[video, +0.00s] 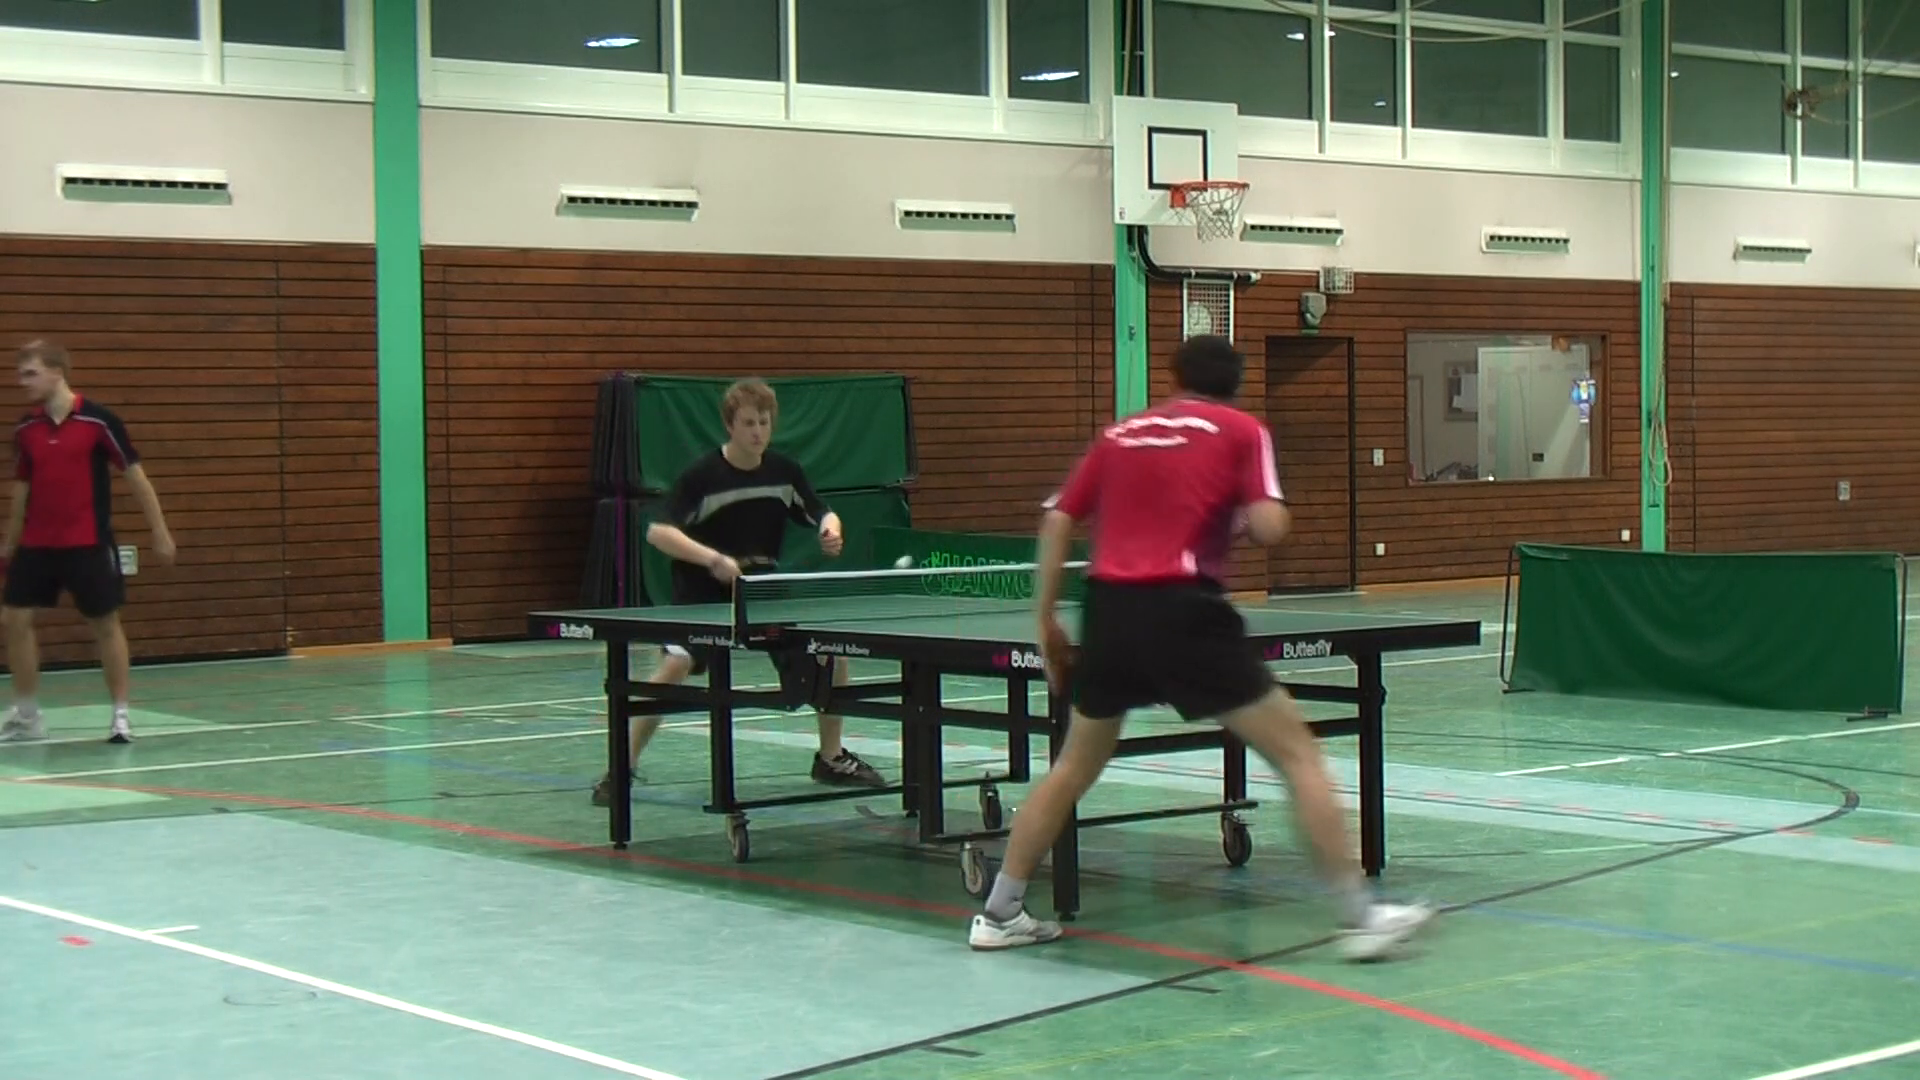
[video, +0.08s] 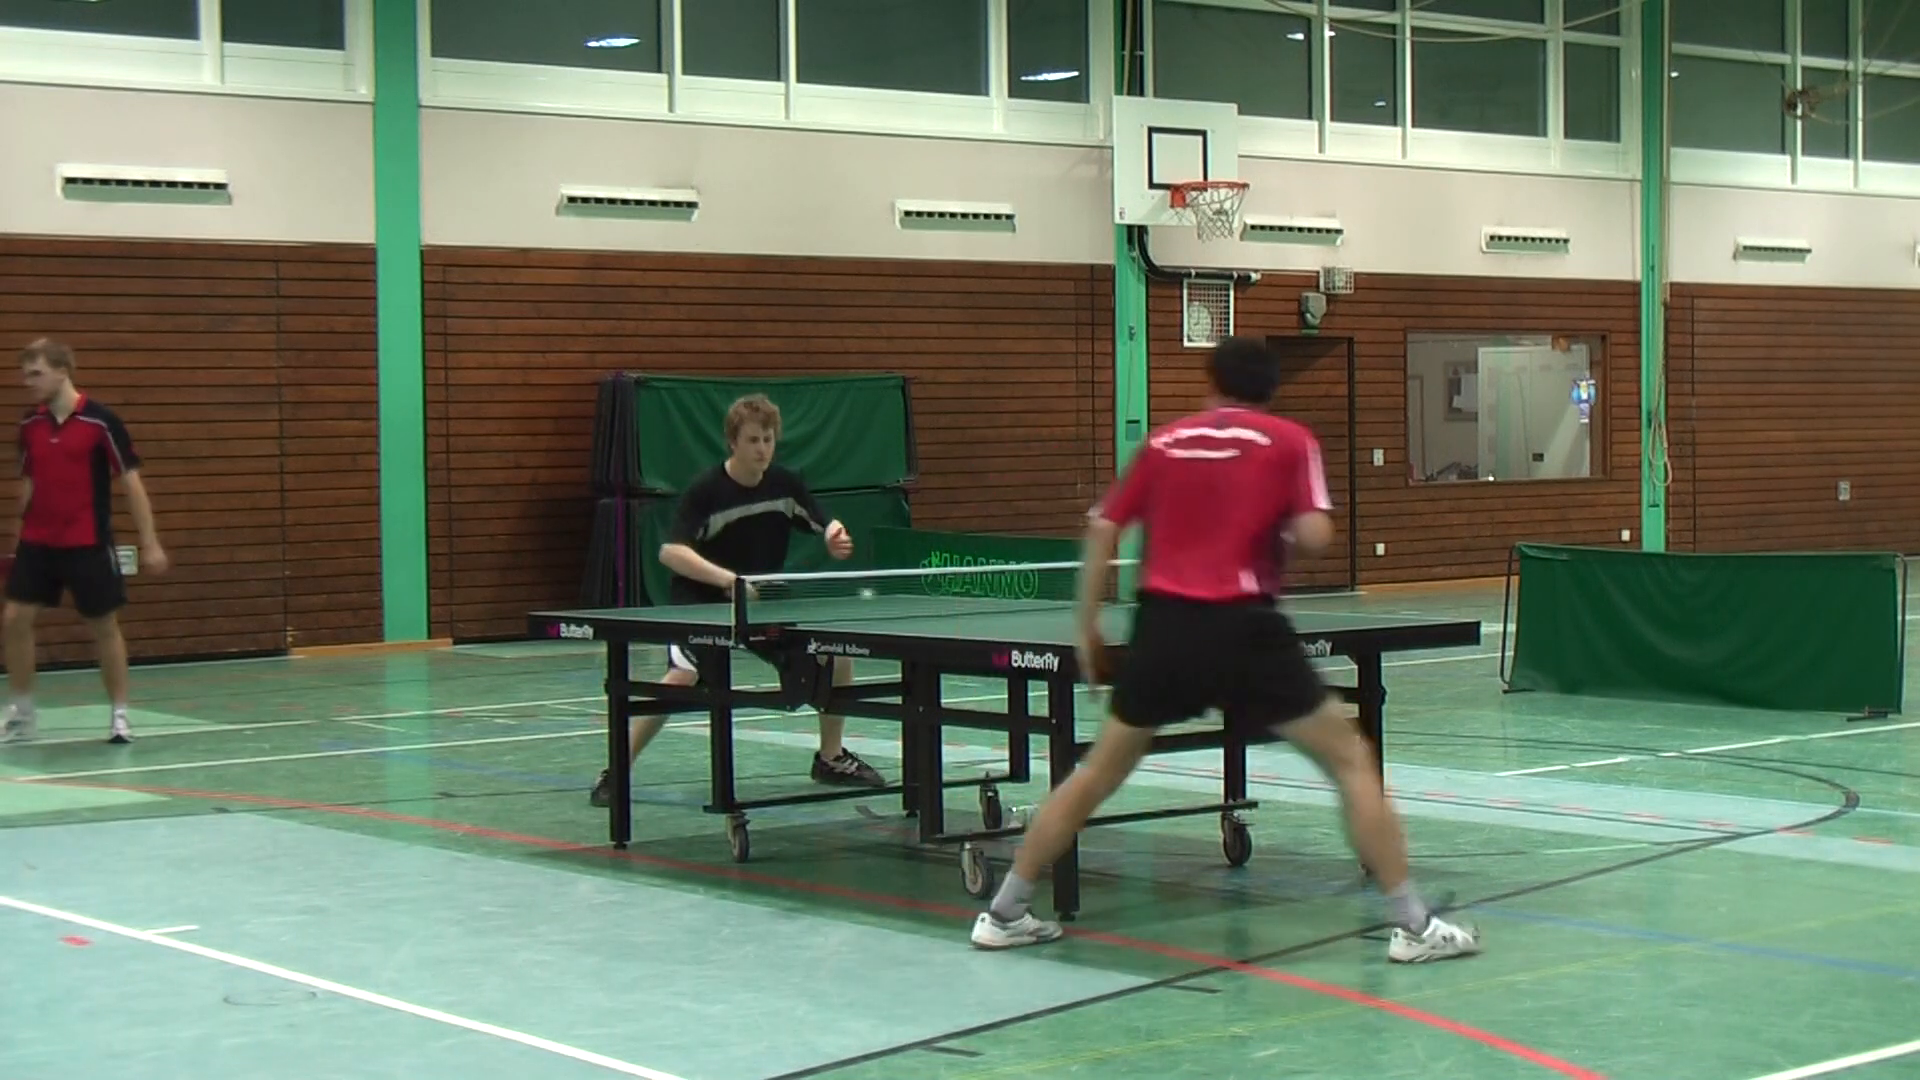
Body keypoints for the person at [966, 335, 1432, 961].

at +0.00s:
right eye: (1237, 387)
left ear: (1173, 381)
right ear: (1235, 388)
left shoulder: (1121, 432)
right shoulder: (1244, 430)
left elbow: (1057, 519)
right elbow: (1269, 525)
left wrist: (1045, 616)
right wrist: (1242, 518)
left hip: (1110, 621)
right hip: (1189, 621)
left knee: (1071, 768)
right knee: (1298, 752)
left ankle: (998, 911)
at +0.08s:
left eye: (1217, 380)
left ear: (1212, 384)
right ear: (1271, 389)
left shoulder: (1166, 440)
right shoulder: (1292, 441)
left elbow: (1103, 527)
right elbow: (1314, 533)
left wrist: (1088, 629)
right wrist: (1279, 535)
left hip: (1163, 634)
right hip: (1250, 637)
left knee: (1093, 776)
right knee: (1352, 763)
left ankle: (1002, 910)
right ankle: (1413, 924)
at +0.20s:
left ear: (1262, 375)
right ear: (1322, 378)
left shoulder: (1213, 434)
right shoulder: (1352, 438)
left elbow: (1171, 533)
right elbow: (1387, 532)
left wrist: (1164, 635)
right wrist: (1348, 571)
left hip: (1219, 630)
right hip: (1309, 632)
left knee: (1144, 773)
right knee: (1392, 758)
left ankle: (1063, 912)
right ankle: (1434, 922)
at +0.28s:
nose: (1275, 375)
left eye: (1275, 366)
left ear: (1282, 367)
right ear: (1345, 373)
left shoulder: (1234, 422)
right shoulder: (1371, 429)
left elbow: (1192, 519)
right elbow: (1414, 526)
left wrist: (1181, 618)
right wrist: (1371, 576)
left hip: (1238, 621)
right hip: (1328, 626)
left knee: (1167, 770)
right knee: (1399, 767)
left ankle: (1106, 917)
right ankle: (1453, 924)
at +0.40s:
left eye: (1302, 349)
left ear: (1302, 355)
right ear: (1363, 364)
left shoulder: (1248, 413)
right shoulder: (1380, 421)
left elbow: (1193, 509)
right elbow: (1420, 527)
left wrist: (1183, 604)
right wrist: (1411, 569)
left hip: (1245, 619)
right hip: (1335, 622)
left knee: (1187, 768)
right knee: (1406, 765)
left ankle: (1132, 922)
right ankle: (1451, 925)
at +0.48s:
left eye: (1306, 350)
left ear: (1305, 356)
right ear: (1367, 365)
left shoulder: (1250, 413)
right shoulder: (1380, 422)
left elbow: (1188, 508)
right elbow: (1408, 530)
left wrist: (1182, 599)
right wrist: (1430, 578)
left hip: (1245, 620)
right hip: (1335, 623)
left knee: (1184, 768)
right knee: (1407, 765)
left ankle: (1131, 923)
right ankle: (1452, 925)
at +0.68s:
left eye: (1285, 371)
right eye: (1350, 393)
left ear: (1288, 373)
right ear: (1349, 389)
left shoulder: (1224, 421)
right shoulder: (1356, 449)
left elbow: (1149, 493)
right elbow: (1374, 566)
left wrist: (1110, 550)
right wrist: (1430, 591)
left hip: (1219, 627)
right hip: (1310, 630)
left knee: (1160, 769)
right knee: (1384, 766)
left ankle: (1126, 926)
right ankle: (1450, 926)